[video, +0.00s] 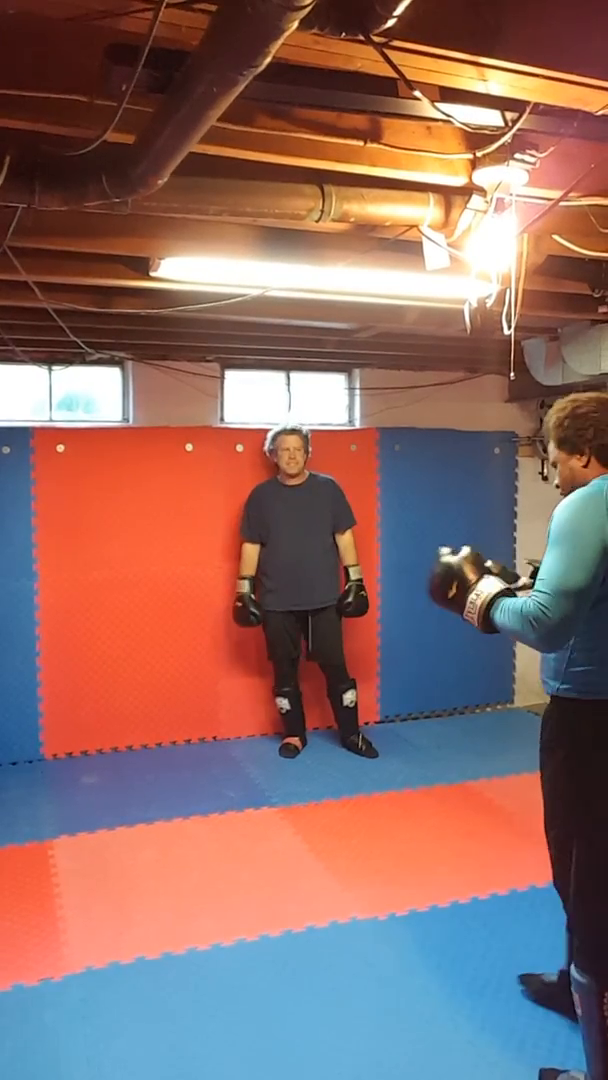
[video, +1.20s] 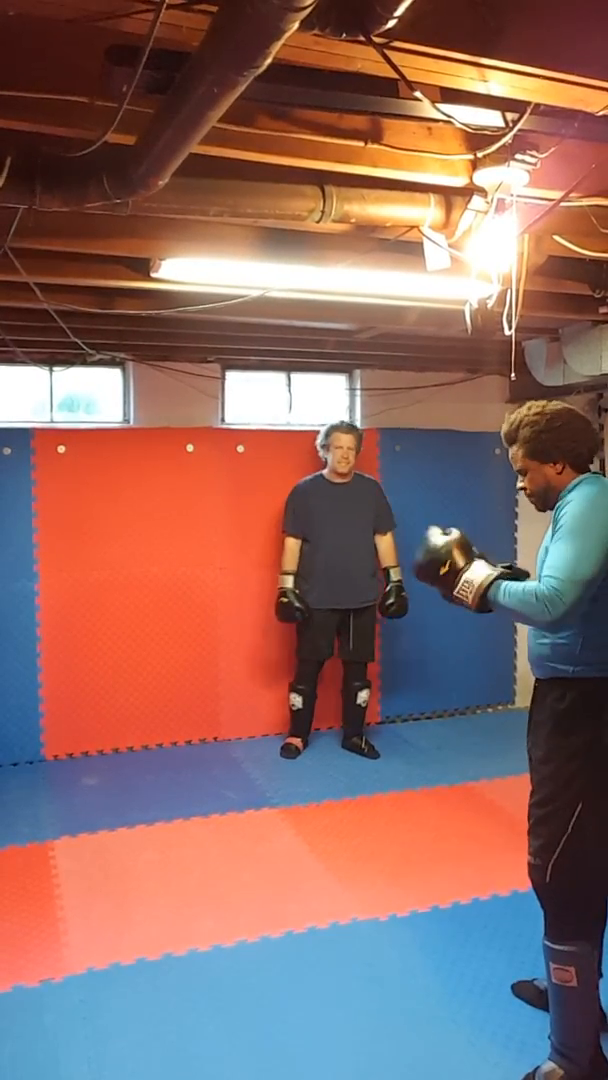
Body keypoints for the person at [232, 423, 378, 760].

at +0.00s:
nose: (291, 456)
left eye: (297, 450)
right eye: (285, 450)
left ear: (307, 454)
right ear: (274, 456)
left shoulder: (328, 489)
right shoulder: (261, 495)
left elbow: (344, 535)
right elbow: (252, 544)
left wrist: (355, 580)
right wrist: (244, 590)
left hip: (324, 597)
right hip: (278, 599)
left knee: (336, 666)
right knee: (284, 669)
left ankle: (351, 733)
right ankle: (294, 734)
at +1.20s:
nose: (345, 456)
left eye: (350, 450)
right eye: (338, 449)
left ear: (357, 454)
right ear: (326, 451)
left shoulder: (371, 490)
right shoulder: (304, 492)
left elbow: (384, 537)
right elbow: (293, 541)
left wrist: (395, 581)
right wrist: (287, 587)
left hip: (362, 598)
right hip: (316, 598)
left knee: (358, 667)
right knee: (308, 668)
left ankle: (354, 735)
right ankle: (298, 735)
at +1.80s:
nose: (368, 457)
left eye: (373, 452)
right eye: (361, 452)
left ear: (378, 455)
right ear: (345, 454)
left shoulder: (388, 491)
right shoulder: (325, 493)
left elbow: (401, 538)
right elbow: (315, 544)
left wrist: (413, 580)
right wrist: (313, 592)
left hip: (379, 602)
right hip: (338, 601)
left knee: (368, 672)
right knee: (323, 669)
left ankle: (356, 735)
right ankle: (300, 732)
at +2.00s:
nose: (372, 459)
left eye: (377, 453)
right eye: (365, 452)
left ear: (382, 456)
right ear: (349, 454)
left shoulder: (389, 492)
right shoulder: (328, 492)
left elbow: (399, 541)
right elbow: (317, 543)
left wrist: (412, 581)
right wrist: (317, 591)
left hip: (380, 601)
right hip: (341, 601)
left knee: (368, 670)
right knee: (329, 667)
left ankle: (356, 736)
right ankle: (302, 732)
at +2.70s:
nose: (378, 457)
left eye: (383, 452)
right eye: (371, 451)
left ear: (388, 456)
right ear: (355, 453)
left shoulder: (395, 494)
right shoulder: (332, 490)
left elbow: (404, 542)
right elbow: (318, 539)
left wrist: (413, 587)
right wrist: (315, 587)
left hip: (379, 601)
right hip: (338, 599)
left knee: (366, 670)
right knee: (326, 667)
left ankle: (355, 736)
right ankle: (301, 732)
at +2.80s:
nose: (376, 458)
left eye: (381, 453)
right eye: (370, 451)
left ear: (387, 457)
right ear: (354, 453)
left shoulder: (394, 494)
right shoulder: (332, 490)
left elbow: (405, 542)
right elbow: (317, 540)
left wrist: (415, 586)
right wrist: (314, 588)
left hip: (380, 601)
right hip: (339, 598)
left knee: (367, 670)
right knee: (330, 668)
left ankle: (356, 735)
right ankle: (308, 731)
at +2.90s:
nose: (374, 458)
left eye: (380, 453)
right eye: (368, 451)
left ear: (385, 456)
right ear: (352, 452)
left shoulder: (393, 493)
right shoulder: (329, 492)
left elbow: (405, 541)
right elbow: (317, 541)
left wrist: (416, 585)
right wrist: (313, 587)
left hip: (380, 600)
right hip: (339, 598)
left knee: (368, 669)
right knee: (336, 667)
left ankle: (356, 735)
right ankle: (318, 730)